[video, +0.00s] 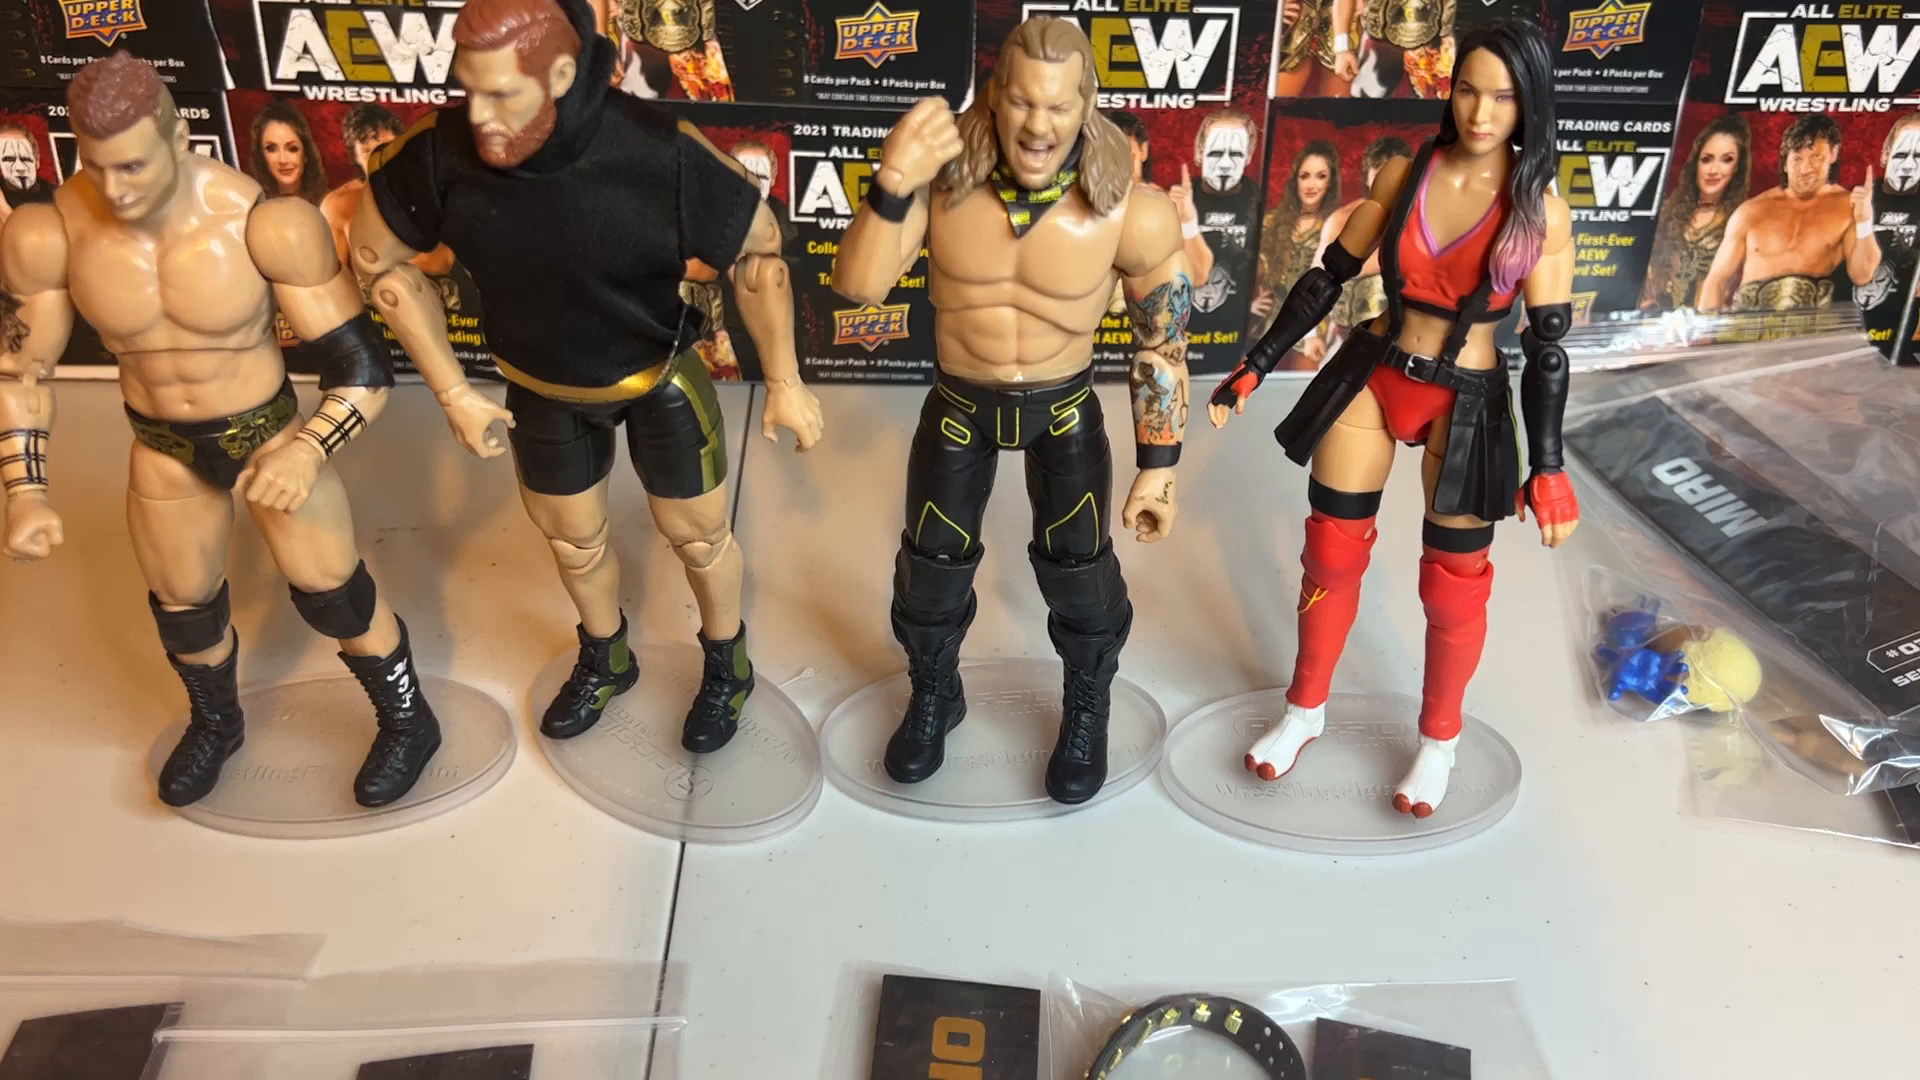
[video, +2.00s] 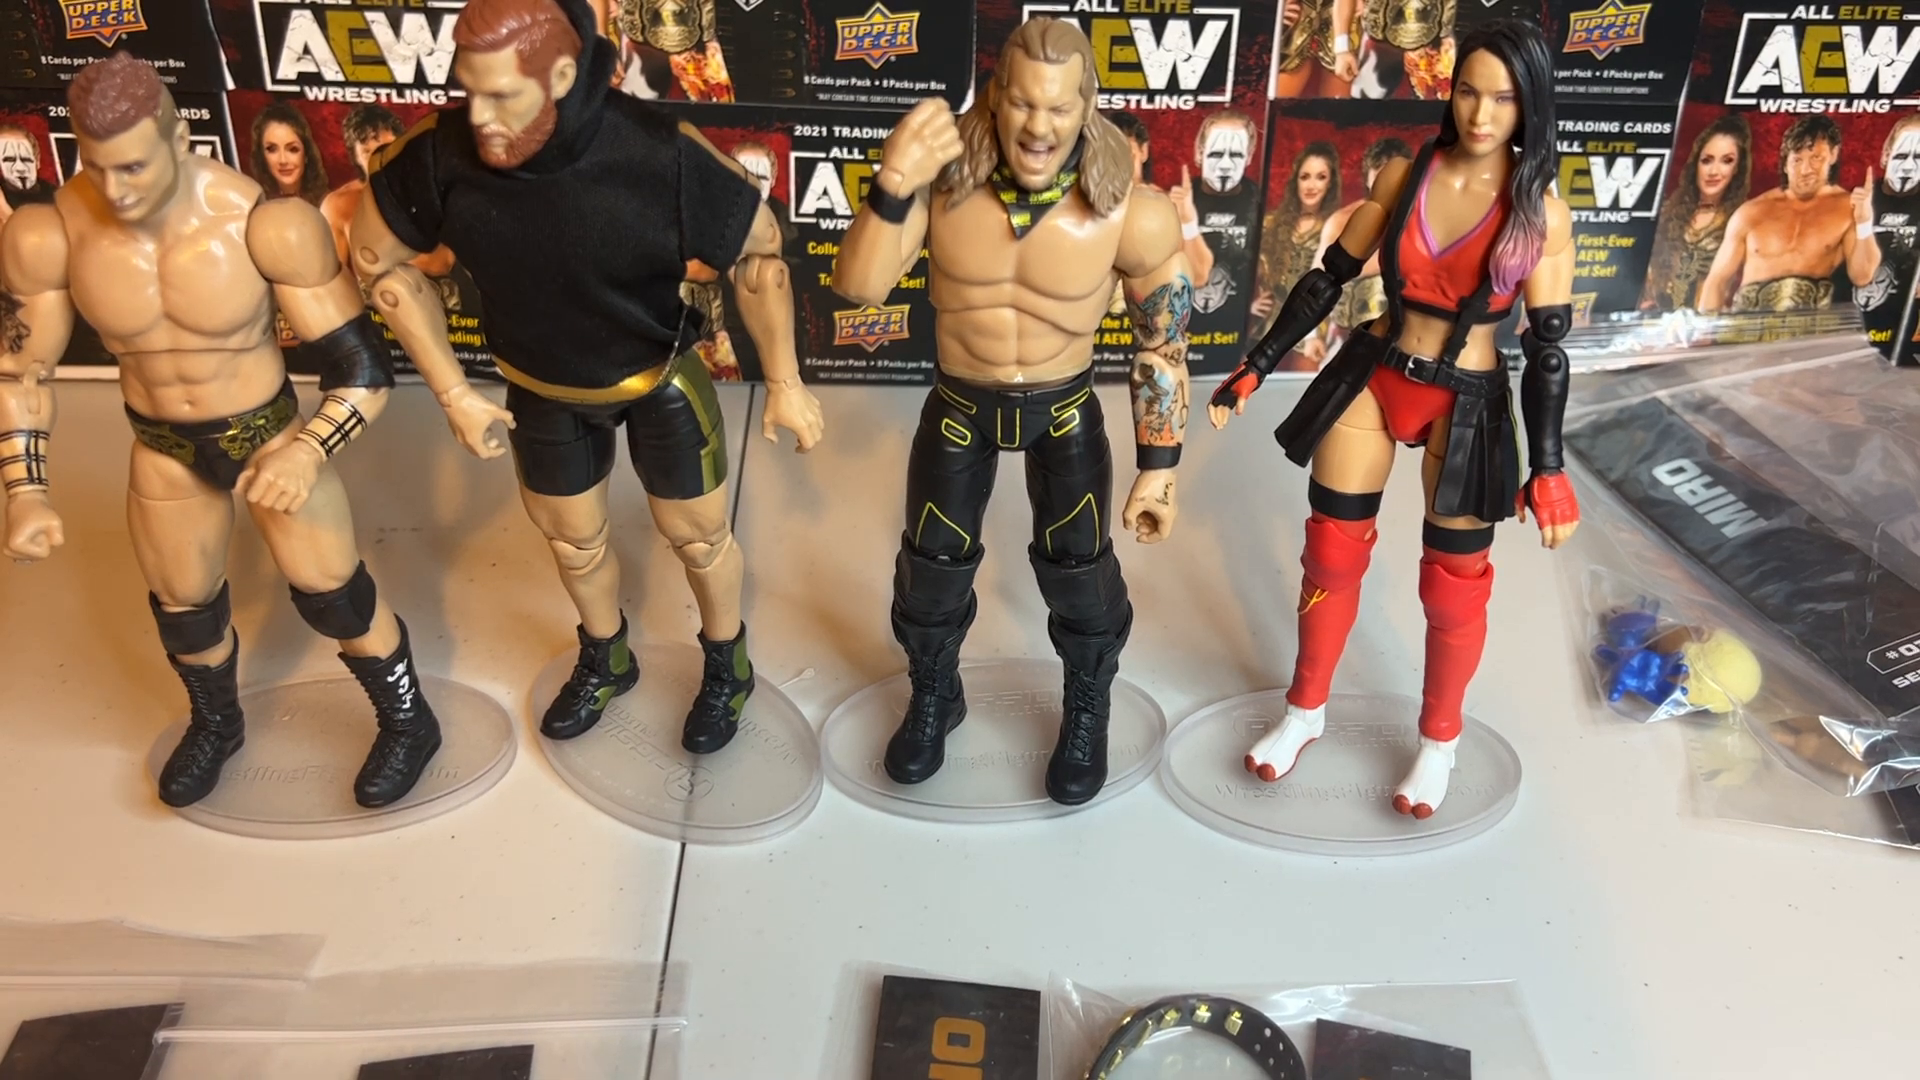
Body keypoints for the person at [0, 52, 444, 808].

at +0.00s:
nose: (117, 187)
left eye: (134, 166)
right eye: (100, 168)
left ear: (177, 137)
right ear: (80, 151)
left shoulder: (267, 224)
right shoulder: (54, 231)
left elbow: (362, 369)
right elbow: (21, 371)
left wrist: (311, 445)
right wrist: (21, 486)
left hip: (268, 440)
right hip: (161, 450)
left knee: (336, 598)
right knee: (185, 616)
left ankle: (408, 721)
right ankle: (216, 722)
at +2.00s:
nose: (117, 188)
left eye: (134, 167)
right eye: (100, 169)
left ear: (178, 138)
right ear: (80, 151)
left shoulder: (267, 225)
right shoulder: (53, 232)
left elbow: (362, 370)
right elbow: (23, 372)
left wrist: (311, 446)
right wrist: (21, 486)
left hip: (269, 441)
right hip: (161, 451)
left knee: (336, 599)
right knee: (186, 617)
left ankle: (408, 721)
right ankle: (216, 722)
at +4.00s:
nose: (118, 188)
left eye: (134, 167)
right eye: (100, 169)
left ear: (177, 138)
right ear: (80, 152)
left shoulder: (267, 225)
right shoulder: (52, 233)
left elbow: (363, 370)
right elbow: (23, 373)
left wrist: (311, 446)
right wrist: (22, 487)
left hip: (268, 441)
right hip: (161, 452)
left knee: (336, 599)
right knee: (186, 617)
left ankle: (409, 722)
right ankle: (217, 722)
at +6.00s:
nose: (118, 188)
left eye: (134, 167)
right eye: (100, 169)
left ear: (178, 138)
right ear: (81, 151)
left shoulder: (268, 225)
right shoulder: (54, 232)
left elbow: (362, 369)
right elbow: (23, 372)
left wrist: (312, 446)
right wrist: (22, 486)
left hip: (269, 441)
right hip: (161, 451)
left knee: (336, 599)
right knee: (186, 617)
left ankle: (408, 722)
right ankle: (216, 723)